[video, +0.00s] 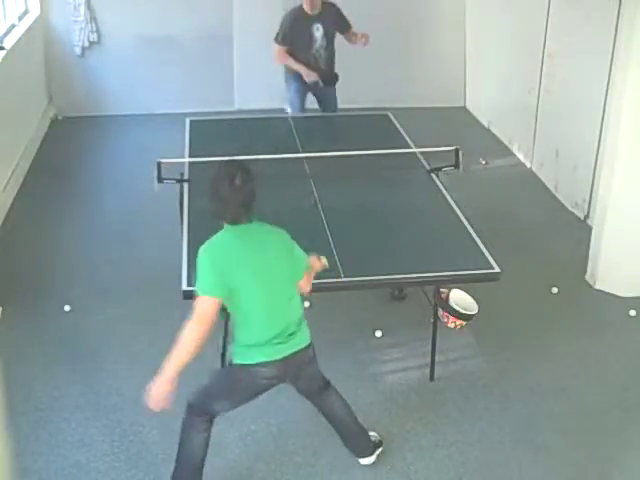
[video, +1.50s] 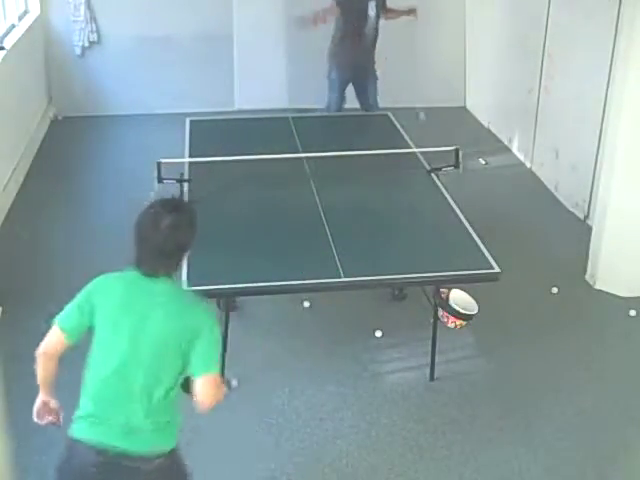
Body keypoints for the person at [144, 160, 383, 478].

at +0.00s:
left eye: (217, 195)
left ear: (216, 201)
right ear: (251, 198)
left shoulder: (213, 251)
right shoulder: (278, 236)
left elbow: (202, 321)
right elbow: (304, 286)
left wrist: (167, 376)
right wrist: (313, 267)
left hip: (255, 365)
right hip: (300, 353)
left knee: (200, 409)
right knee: (323, 391)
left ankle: (184, 475)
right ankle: (365, 448)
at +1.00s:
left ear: (225, 207)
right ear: (264, 204)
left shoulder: (211, 266)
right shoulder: (295, 245)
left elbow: (202, 345)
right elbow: (340, 293)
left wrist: (184, 412)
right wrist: (310, 323)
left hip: (234, 399)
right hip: (292, 395)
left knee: (196, 461)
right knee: (318, 449)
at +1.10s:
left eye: (216, 216)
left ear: (212, 223)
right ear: (251, 222)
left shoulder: (191, 282)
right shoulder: (284, 267)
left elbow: (167, 356)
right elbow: (320, 322)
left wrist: (141, 421)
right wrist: (293, 351)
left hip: (219, 414)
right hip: (280, 407)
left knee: (183, 473)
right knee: (312, 452)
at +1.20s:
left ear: (185, 231)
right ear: (228, 234)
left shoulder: (153, 284)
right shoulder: (250, 284)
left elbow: (120, 348)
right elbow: (270, 361)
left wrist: (100, 407)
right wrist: (274, 373)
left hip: (180, 425)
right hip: (241, 420)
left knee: (161, 473)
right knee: (292, 472)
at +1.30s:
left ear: (164, 232)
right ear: (208, 240)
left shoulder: (127, 281)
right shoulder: (222, 291)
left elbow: (83, 338)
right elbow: (232, 371)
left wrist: (73, 393)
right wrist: (244, 379)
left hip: (144, 430)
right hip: (205, 430)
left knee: (138, 474)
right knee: (246, 474)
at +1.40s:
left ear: (151, 229)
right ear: (198, 237)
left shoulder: (117, 274)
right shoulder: (211, 292)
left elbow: (64, 337)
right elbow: (222, 377)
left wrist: (58, 386)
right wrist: (227, 379)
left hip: (115, 434)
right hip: (178, 437)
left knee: (98, 473)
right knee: (205, 473)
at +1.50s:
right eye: (188, 245)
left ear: (139, 241)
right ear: (185, 252)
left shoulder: (104, 288)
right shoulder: (199, 313)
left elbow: (46, 351)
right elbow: (206, 399)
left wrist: (46, 395)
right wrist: (219, 386)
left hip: (87, 458)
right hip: (153, 464)